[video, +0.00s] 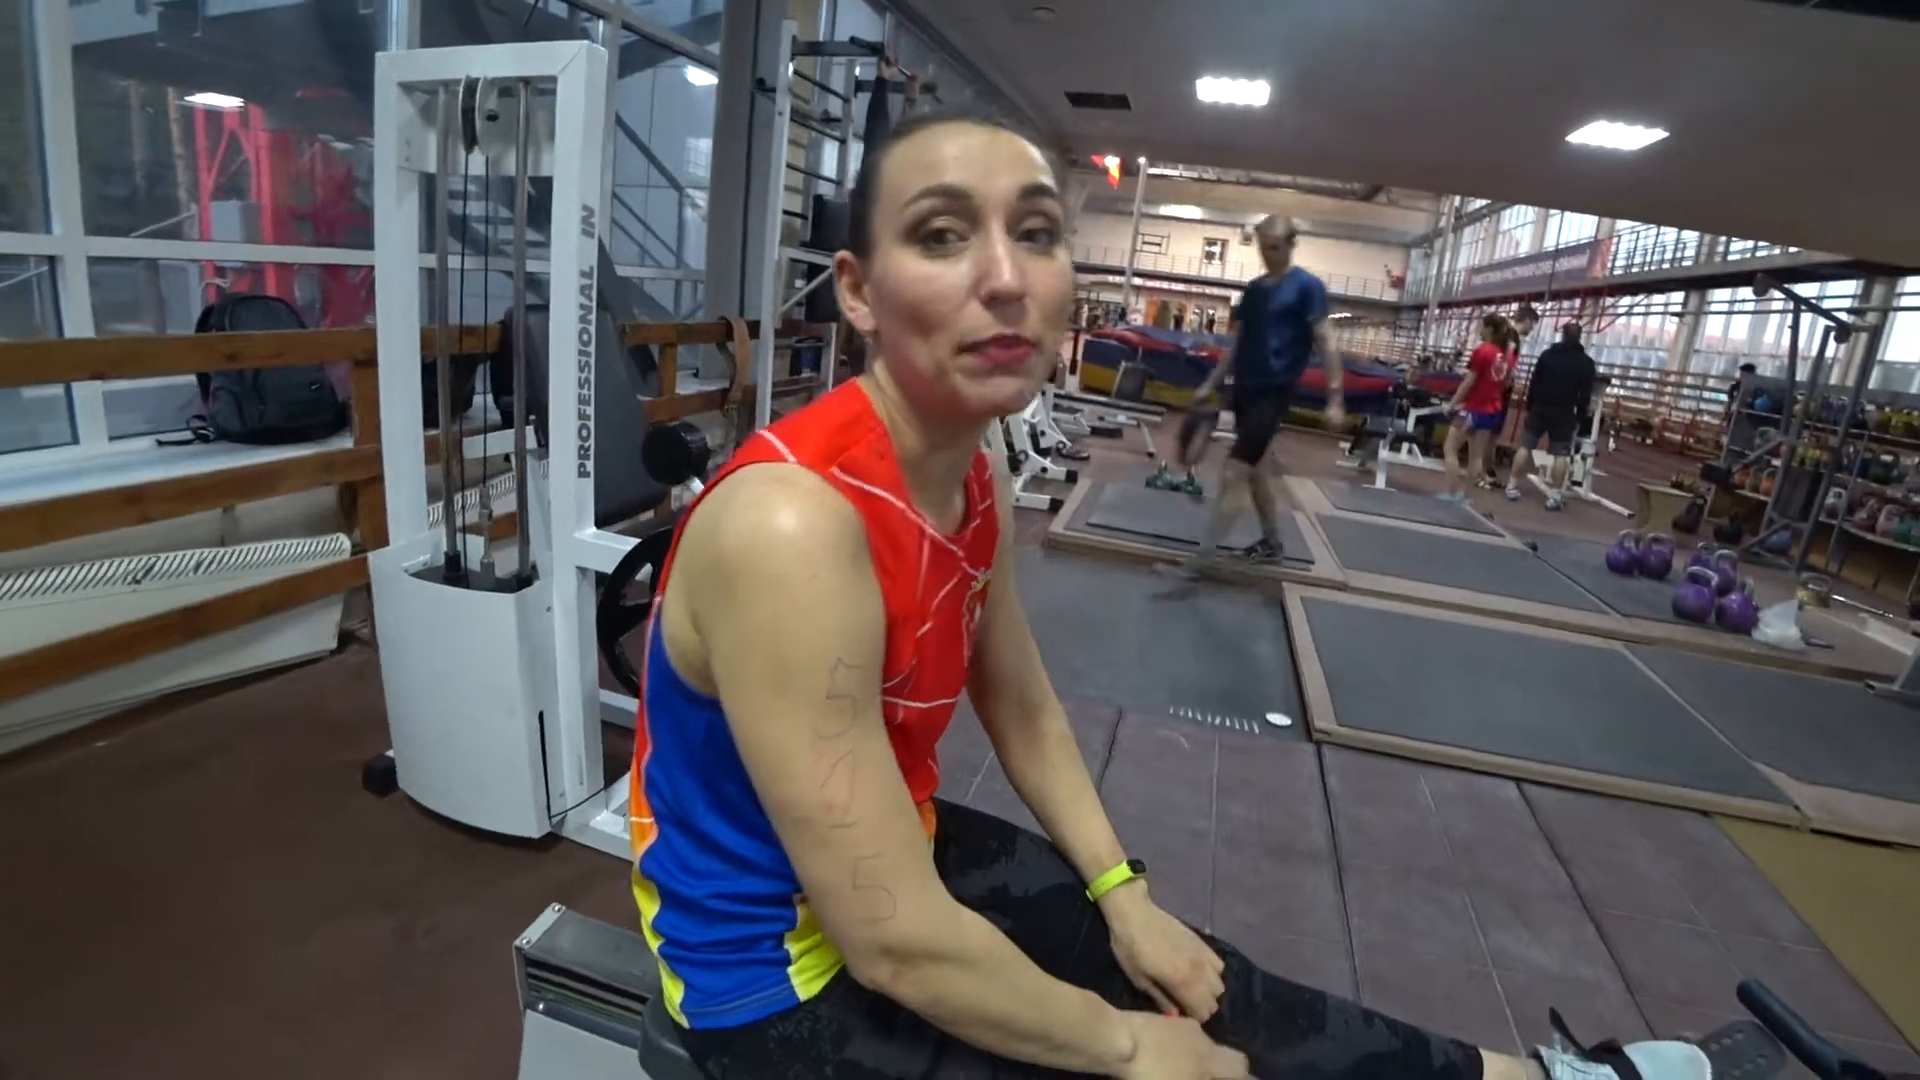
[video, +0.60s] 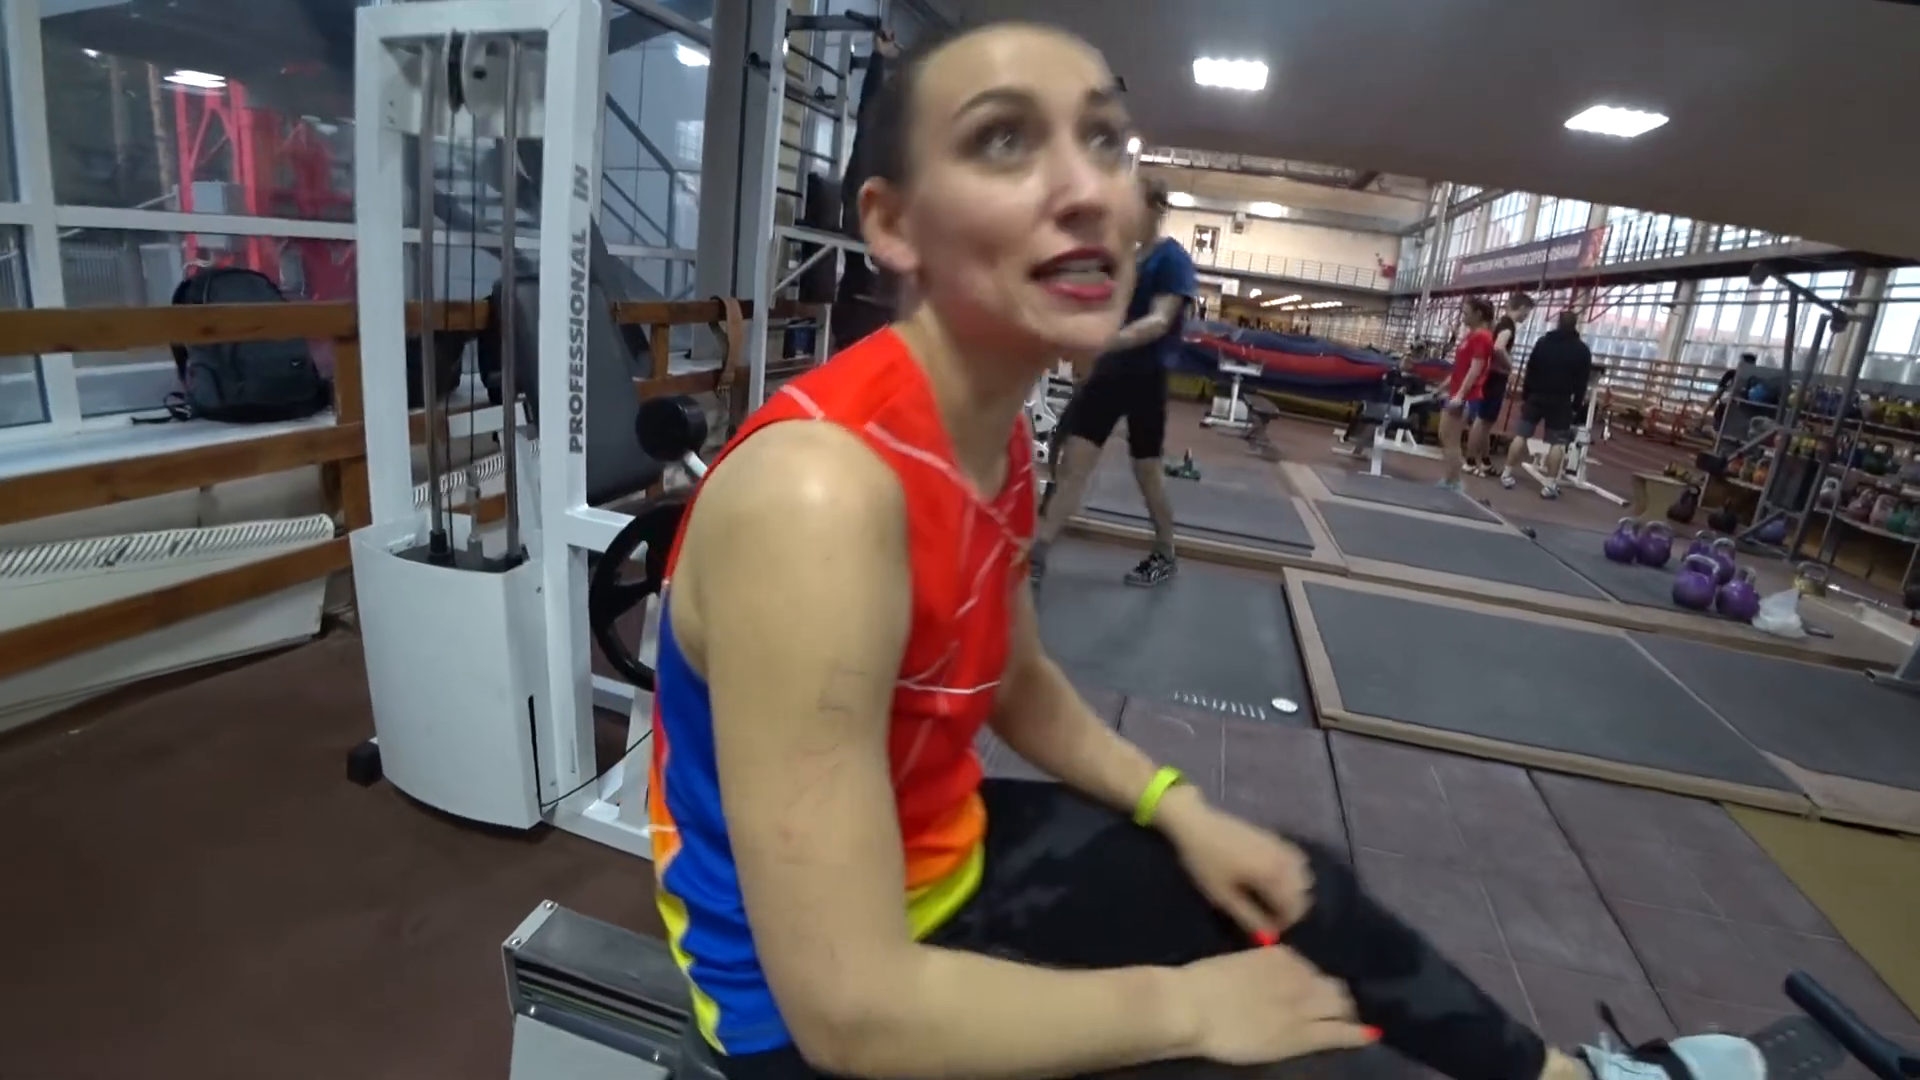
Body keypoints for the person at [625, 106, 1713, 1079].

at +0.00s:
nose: (1003, 278)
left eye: (1035, 232)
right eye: (942, 234)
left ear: (1073, 280)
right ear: (858, 293)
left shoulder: (957, 475)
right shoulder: (789, 529)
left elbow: (1019, 707)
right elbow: (892, 935)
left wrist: (1119, 897)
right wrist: (1133, 1047)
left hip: (914, 863)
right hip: (789, 991)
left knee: (1193, 978)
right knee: (1177, 1067)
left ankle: (1497, 1072)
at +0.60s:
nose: (1087, 190)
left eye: (1105, 141)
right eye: (1004, 144)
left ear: (1136, 191)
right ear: (889, 229)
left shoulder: (988, 428)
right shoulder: (814, 499)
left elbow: (1020, 690)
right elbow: (850, 1011)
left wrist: (1182, 813)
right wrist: (1191, 1011)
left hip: (960, 845)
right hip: (836, 1004)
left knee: (1293, 881)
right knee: (1315, 1047)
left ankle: (1548, 1067)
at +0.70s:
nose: (1114, 177)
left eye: (1140, 121)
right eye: (1032, 124)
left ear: (1174, 166)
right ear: (915, 210)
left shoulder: (1013, 425)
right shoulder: (834, 490)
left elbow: (1032, 681)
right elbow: (874, 1040)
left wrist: (1216, 795)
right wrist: (1231, 1021)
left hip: (978, 864)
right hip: (864, 1013)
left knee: (1342, 867)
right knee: (1399, 1051)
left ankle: (1561, 1071)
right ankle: (1560, 1071)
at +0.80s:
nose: (1108, 217)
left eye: (1149, 143)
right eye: (1027, 151)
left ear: (1191, 175)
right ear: (915, 203)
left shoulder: (1026, 418)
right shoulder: (843, 495)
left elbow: (1037, 673)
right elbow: (932, 1062)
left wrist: (1239, 785)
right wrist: (1299, 1046)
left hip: (1009, 879)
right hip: (878, 1027)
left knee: (1360, 838)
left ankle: (1563, 1076)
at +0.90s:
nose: (1070, 284)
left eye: (1131, 200)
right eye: (998, 205)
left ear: (1194, 203)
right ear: (913, 215)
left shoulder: (1026, 435)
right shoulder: (838, 509)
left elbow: (1026, 677)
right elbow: (960, 1060)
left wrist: (1240, 783)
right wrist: (1353, 1077)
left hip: (1002, 892)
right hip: (853, 1026)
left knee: (1372, 827)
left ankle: (1542, 1073)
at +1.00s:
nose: (1044, 349)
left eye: (1114, 262)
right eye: (976, 260)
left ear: (1193, 257)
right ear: (901, 245)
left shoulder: (1023, 455)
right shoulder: (813, 547)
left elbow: (1031, 705)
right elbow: (941, 1059)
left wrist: (1234, 791)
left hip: (995, 926)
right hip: (827, 1042)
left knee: (1362, 827)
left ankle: (1519, 1074)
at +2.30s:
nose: (954, 11)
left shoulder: (776, 117)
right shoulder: (456, 217)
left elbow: (764, 455)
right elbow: (644, 999)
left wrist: (934, 594)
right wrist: (1151, 1020)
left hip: (855, 685)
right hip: (742, 876)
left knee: (1213, 585)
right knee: (1382, 1026)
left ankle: (1373, 821)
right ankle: (1502, 1033)